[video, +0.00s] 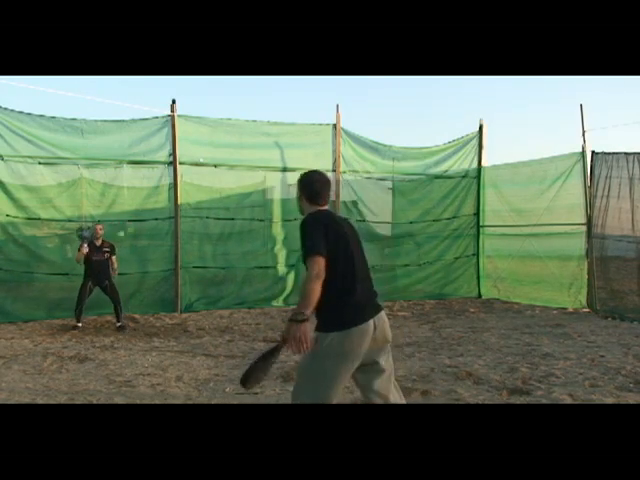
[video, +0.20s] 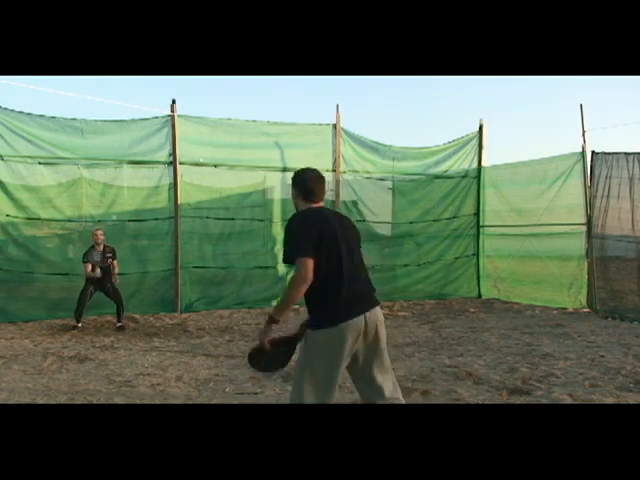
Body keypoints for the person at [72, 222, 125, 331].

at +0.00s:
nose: (98, 232)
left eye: (100, 230)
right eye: (96, 229)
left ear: (103, 231)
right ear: (93, 231)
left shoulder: (109, 246)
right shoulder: (86, 245)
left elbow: (113, 259)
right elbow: (78, 260)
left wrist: (114, 268)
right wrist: (82, 252)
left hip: (105, 277)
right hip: (90, 277)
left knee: (116, 298)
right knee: (81, 298)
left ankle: (119, 322)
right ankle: (78, 322)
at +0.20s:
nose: (99, 237)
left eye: (101, 235)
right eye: (96, 235)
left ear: (103, 237)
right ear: (93, 237)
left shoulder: (110, 250)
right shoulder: (89, 253)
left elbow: (115, 265)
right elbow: (87, 272)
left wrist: (115, 275)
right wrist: (94, 274)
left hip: (106, 281)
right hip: (92, 281)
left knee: (119, 300)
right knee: (82, 301)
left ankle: (119, 322)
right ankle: (78, 323)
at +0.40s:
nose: (102, 233)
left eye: (104, 230)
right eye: (100, 231)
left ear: (107, 232)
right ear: (96, 233)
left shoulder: (114, 247)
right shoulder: (89, 249)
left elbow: (117, 261)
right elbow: (83, 264)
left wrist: (116, 273)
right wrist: (90, 275)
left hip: (109, 277)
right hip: (95, 278)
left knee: (118, 299)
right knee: (84, 300)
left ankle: (119, 322)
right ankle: (78, 323)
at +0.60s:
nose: (104, 229)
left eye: (107, 227)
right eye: (102, 227)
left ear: (110, 229)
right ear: (98, 229)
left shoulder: (115, 243)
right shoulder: (90, 243)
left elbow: (118, 259)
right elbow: (81, 259)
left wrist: (114, 266)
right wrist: (90, 269)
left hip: (109, 272)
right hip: (95, 273)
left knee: (116, 297)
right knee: (87, 297)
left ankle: (119, 321)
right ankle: (83, 322)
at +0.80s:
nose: (102, 228)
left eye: (104, 226)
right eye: (99, 226)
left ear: (107, 228)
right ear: (96, 228)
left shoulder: (113, 242)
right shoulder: (88, 242)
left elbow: (117, 258)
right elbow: (80, 259)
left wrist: (113, 265)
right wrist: (89, 264)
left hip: (108, 272)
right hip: (93, 272)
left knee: (115, 297)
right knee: (87, 297)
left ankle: (119, 321)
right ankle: (84, 322)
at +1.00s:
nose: (102, 229)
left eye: (104, 227)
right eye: (99, 227)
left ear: (107, 229)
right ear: (96, 229)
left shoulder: (113, 243)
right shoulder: (90, 243)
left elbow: (118, 257)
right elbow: (79, 258)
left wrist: (117, 263)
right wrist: (86, 250)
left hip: (109, 275)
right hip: (94, 276)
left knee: (119, 297)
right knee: (87, 298)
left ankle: (120, 322)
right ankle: (84, 322)